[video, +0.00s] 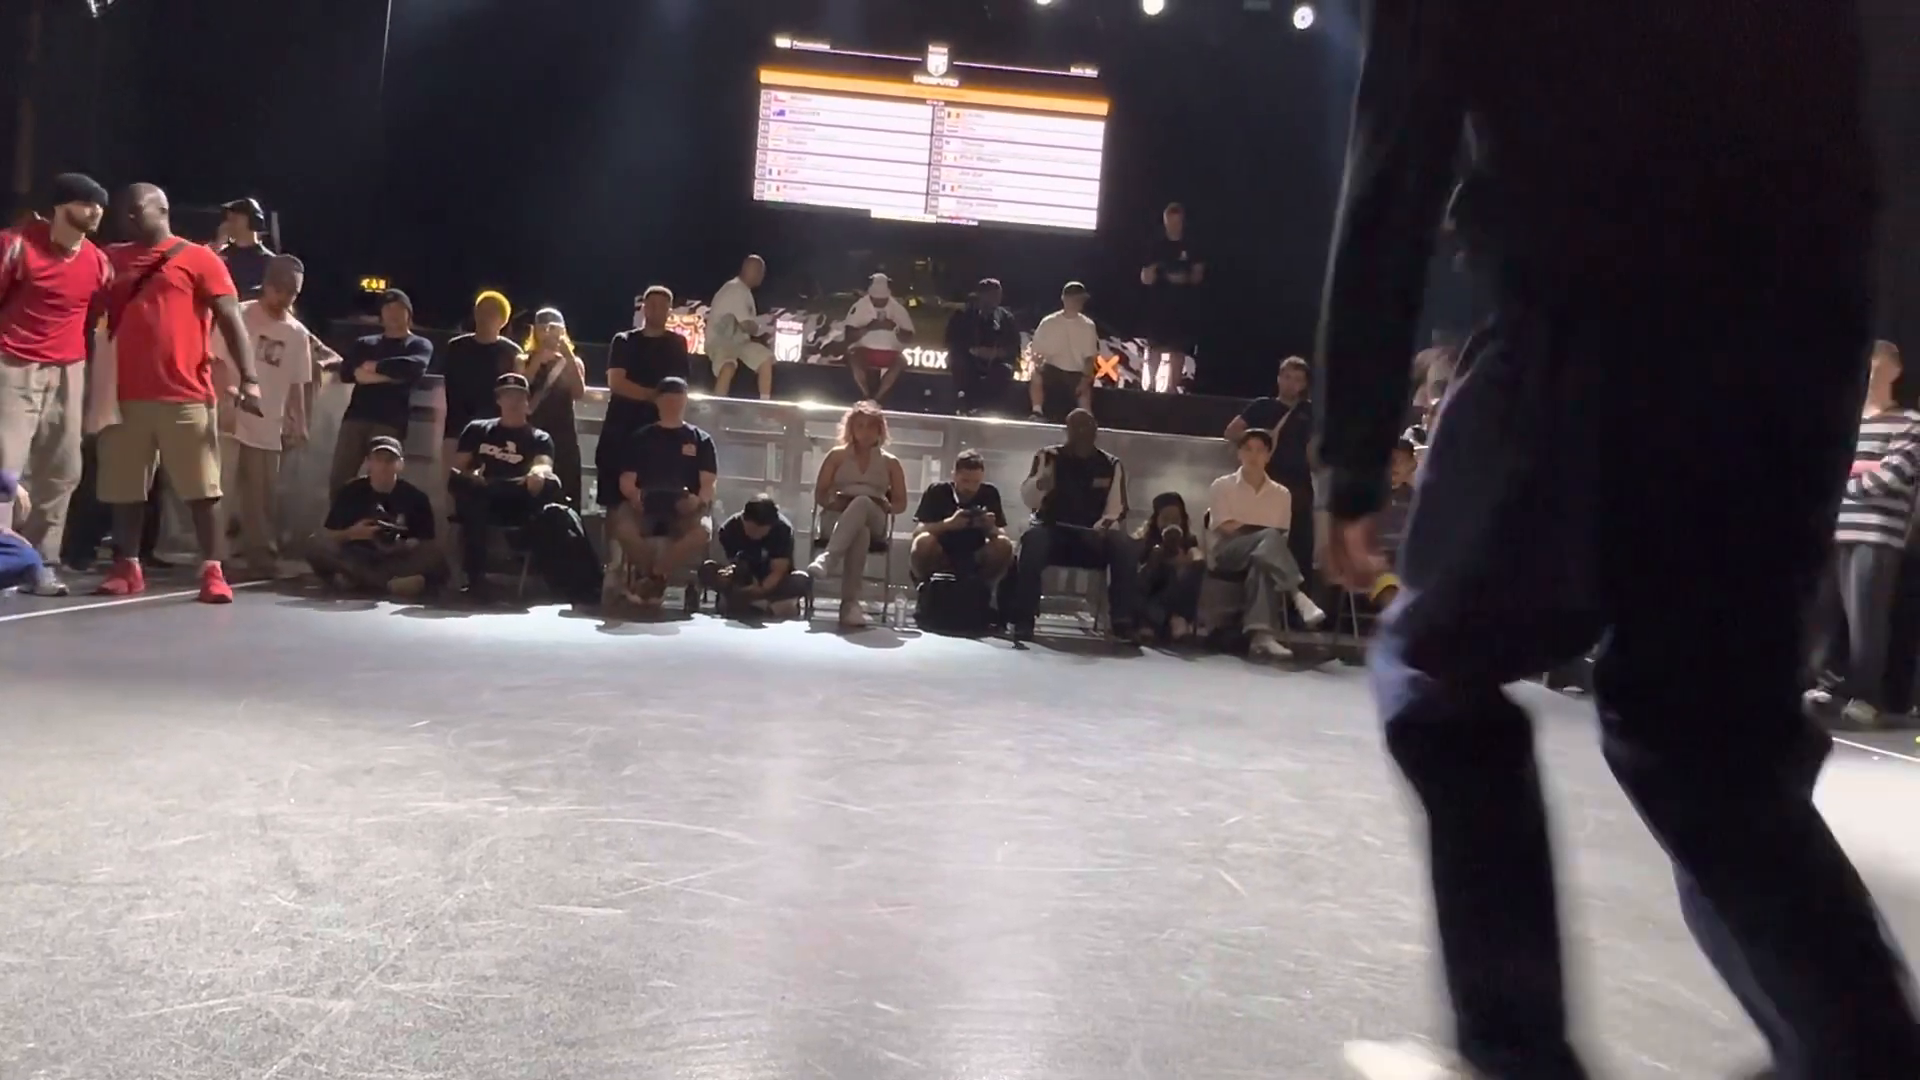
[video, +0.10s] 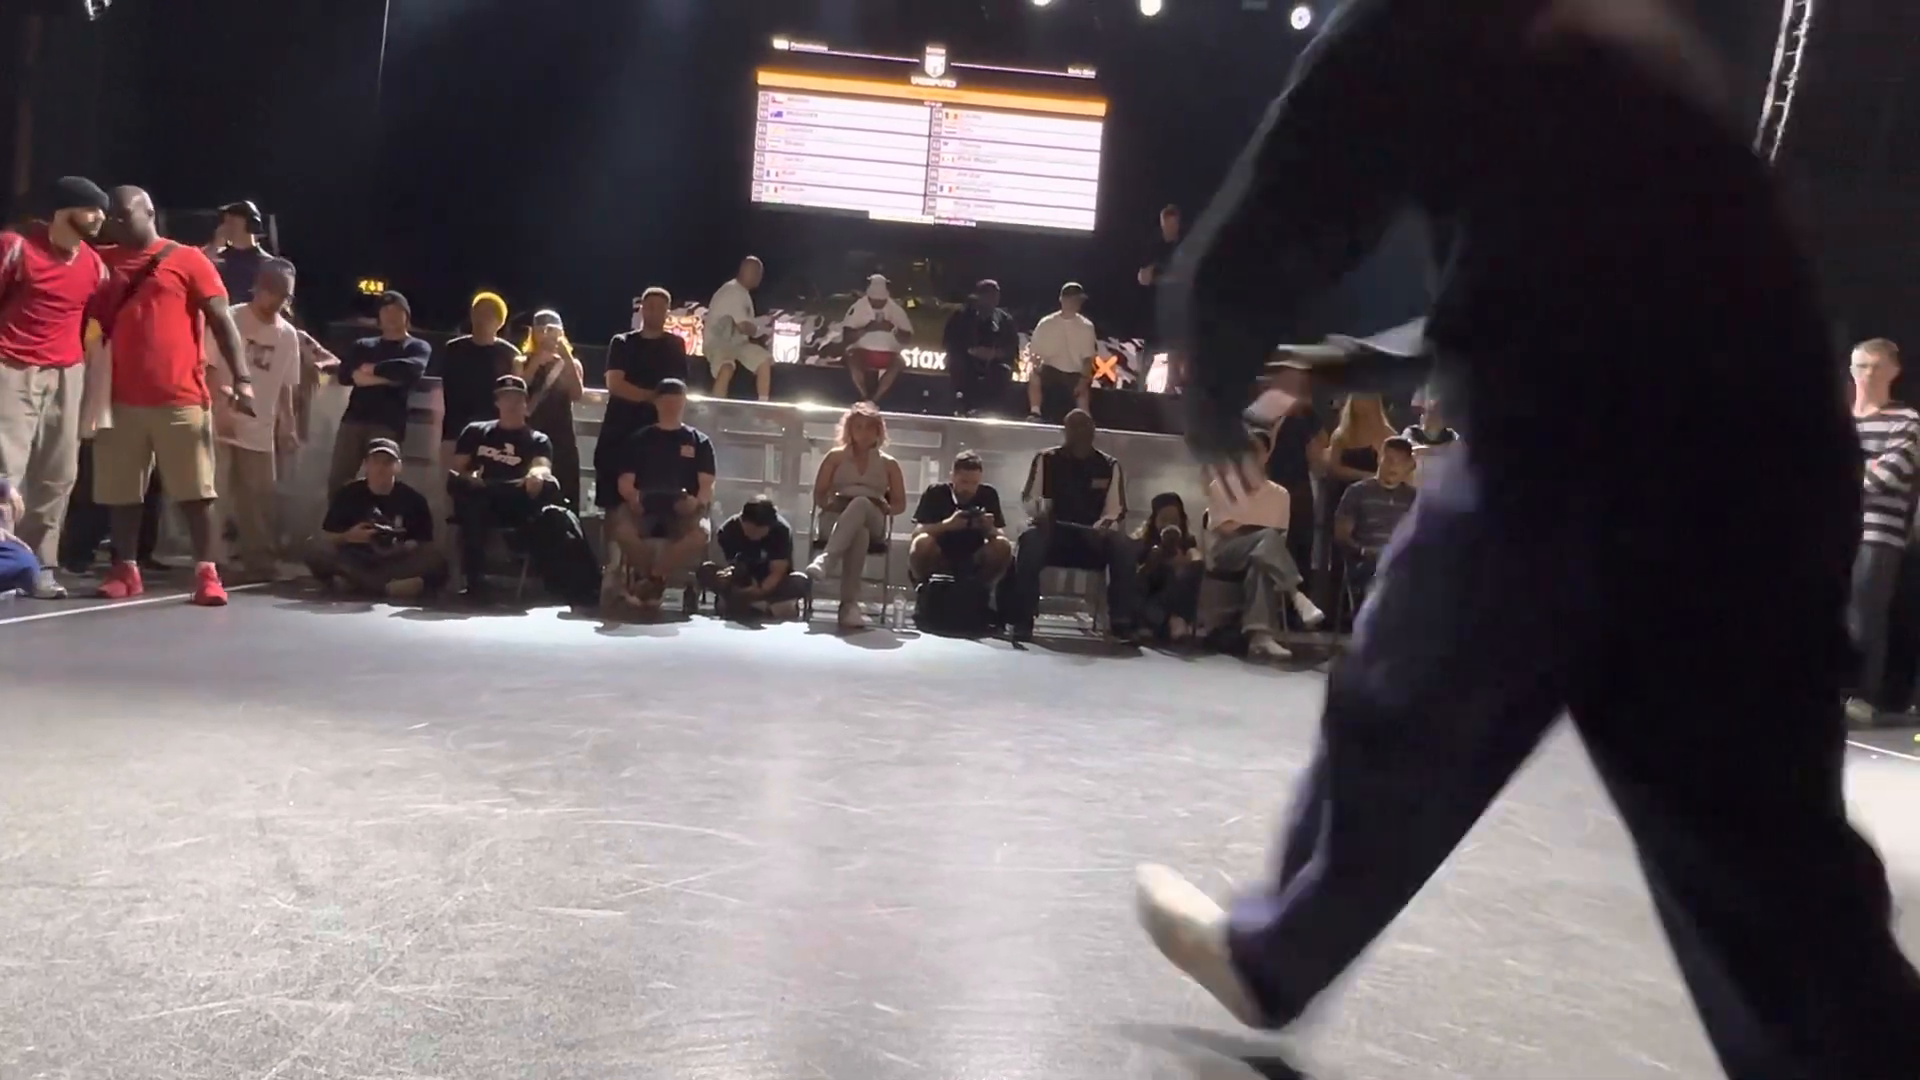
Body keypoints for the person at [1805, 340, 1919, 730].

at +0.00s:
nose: (1871, 370)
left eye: (1880, 363)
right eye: (1869, 362)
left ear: (1896, 372)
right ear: (1861, 368)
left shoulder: (1908, 424)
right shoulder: (1846, 418)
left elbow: (1894, 475)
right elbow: (1827, 466)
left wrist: (1845, 482)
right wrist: (1865, 473)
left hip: (1877, 530)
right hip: (1835, 528)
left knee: (1865, 616)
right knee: (1828, 611)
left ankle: (1866, 697)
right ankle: (1826, 685)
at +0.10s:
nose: (1862, 374)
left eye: (1872, 367)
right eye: (1858, 366)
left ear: (1893, 372)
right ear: (1850, 370)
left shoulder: (1907, 421)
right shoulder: (1842, 419)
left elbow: (1886, 476)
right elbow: (1827, 465)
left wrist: (1840, 473)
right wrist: (1868, 471)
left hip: (1881, 531)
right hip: (1839, 528)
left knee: (1865, 611)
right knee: (1831, 608)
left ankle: (1863, 696)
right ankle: (1831, 692)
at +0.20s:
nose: (1865, 372)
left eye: (1874, 365)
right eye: (1859, 365)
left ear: (1891, 370)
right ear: (1849, 370)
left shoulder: (1904, 419)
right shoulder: (1828, 421)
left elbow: (1887, 476)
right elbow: (1799, 466)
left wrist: (1832, 476)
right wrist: (1854, 466)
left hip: (1872, 530)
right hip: (1825, 529)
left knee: (1862, 613)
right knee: (1817, 606)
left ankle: (1863, 695)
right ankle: (1825, 679)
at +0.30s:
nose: (1858, 372)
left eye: (1867, 365)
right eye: (1852, 365)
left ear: (1885, 369)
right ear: (1844, 370)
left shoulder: (1901, 418)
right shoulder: (1824, 419)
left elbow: (1882, 473)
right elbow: (1797, 464)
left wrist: (1829, 472)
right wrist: (1850, 463)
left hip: (1868, 527)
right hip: (1821, 526)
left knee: (1859, 608)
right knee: (1814, 602)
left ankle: (1861, 691)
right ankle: (1822, 677)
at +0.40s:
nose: (1852, 372)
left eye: (1860, 365)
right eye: (1847, 366)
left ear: (1881, 366)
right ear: (1840, 369)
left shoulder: (1898, 414)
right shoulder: (1823, 416)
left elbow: (1880, 469)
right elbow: (1794, 461)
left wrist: (1826, 469)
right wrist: (1849, 460)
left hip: (1866, 523)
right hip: (1819, 523)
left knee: (1856, 605)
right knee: (1812, 600)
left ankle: (1859, 690)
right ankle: (1818, 677)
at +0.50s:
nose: (1847, 370)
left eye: (1855, 363)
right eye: (1842, 363)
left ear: (1877, 363)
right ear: (1837, 366)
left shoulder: (1893, 411)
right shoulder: (1819, 414)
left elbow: (1877, 467)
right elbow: (1791, 460)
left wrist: (1821, 466)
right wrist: (1845, 458)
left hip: (1861, 522)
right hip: (1814, 522)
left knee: (1854, 605)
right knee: (1809, 599)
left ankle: (1857, 686)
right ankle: (1817, 674)